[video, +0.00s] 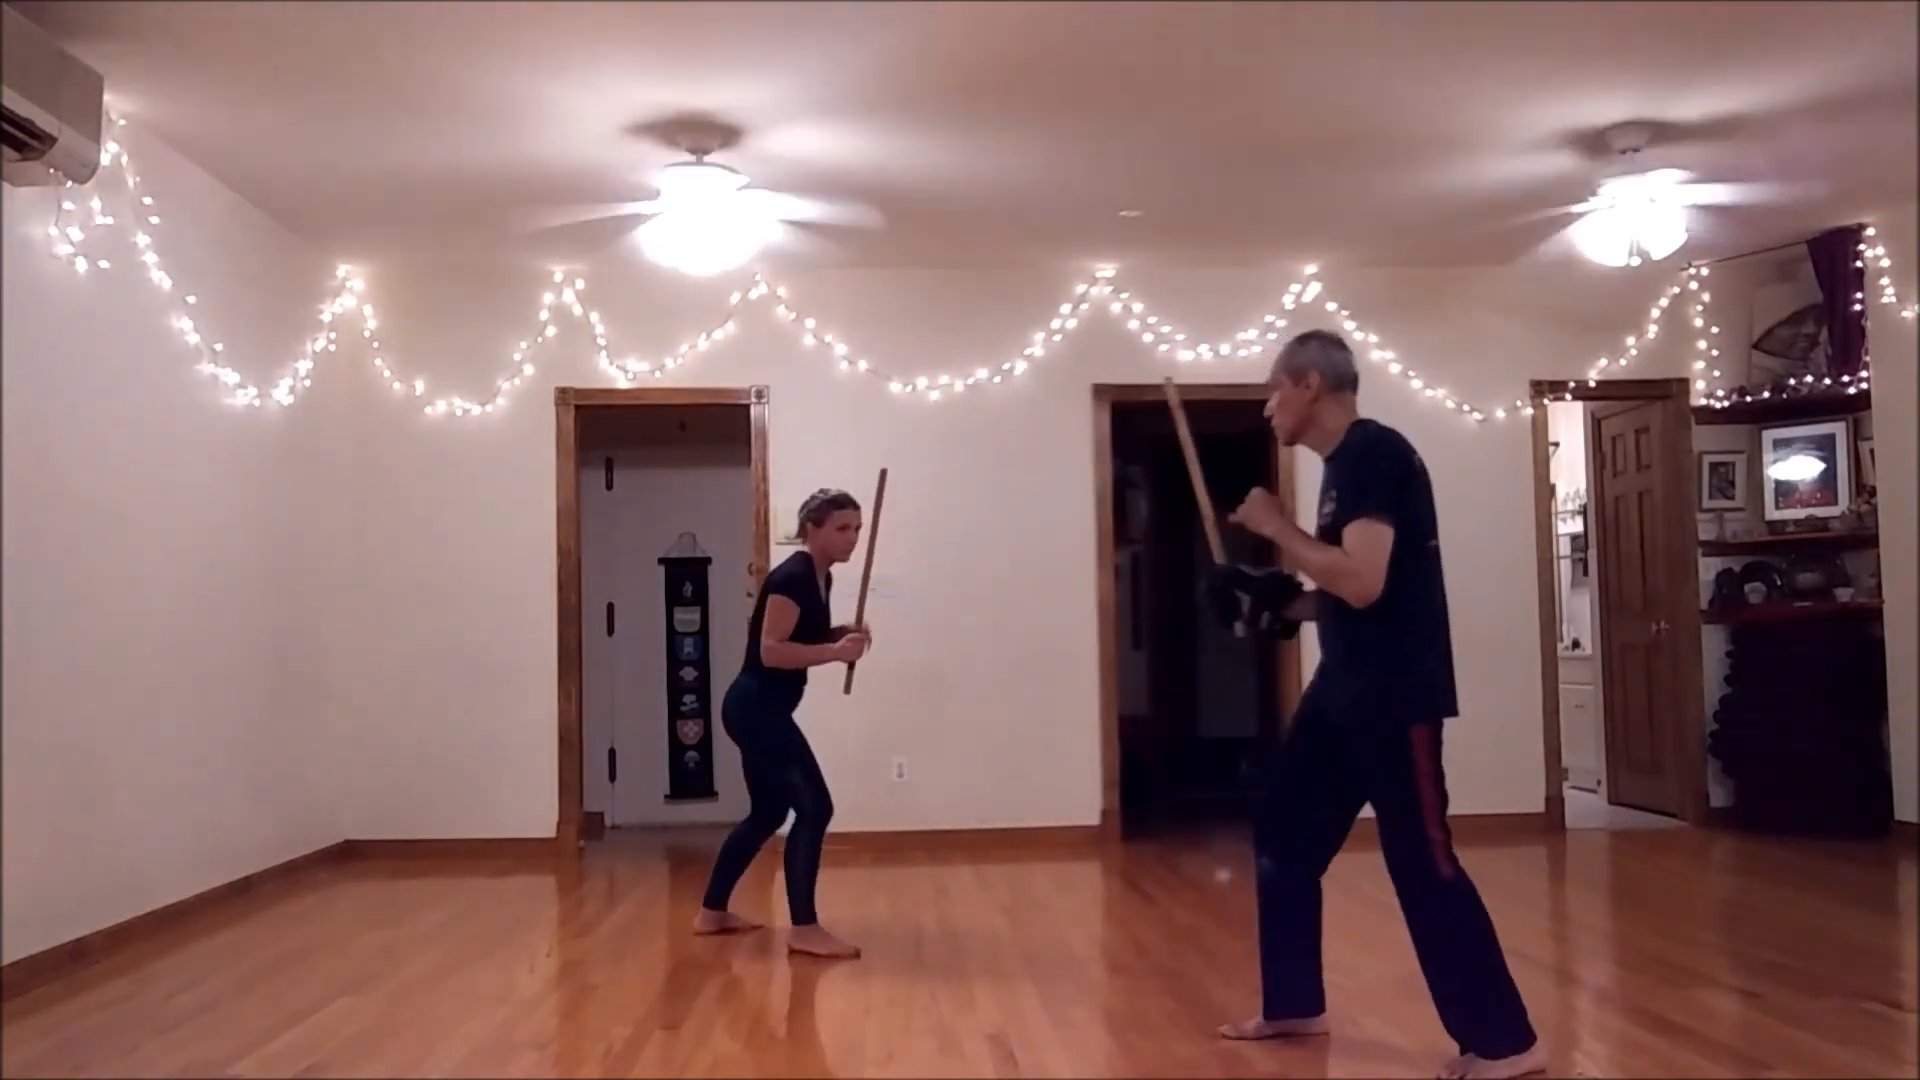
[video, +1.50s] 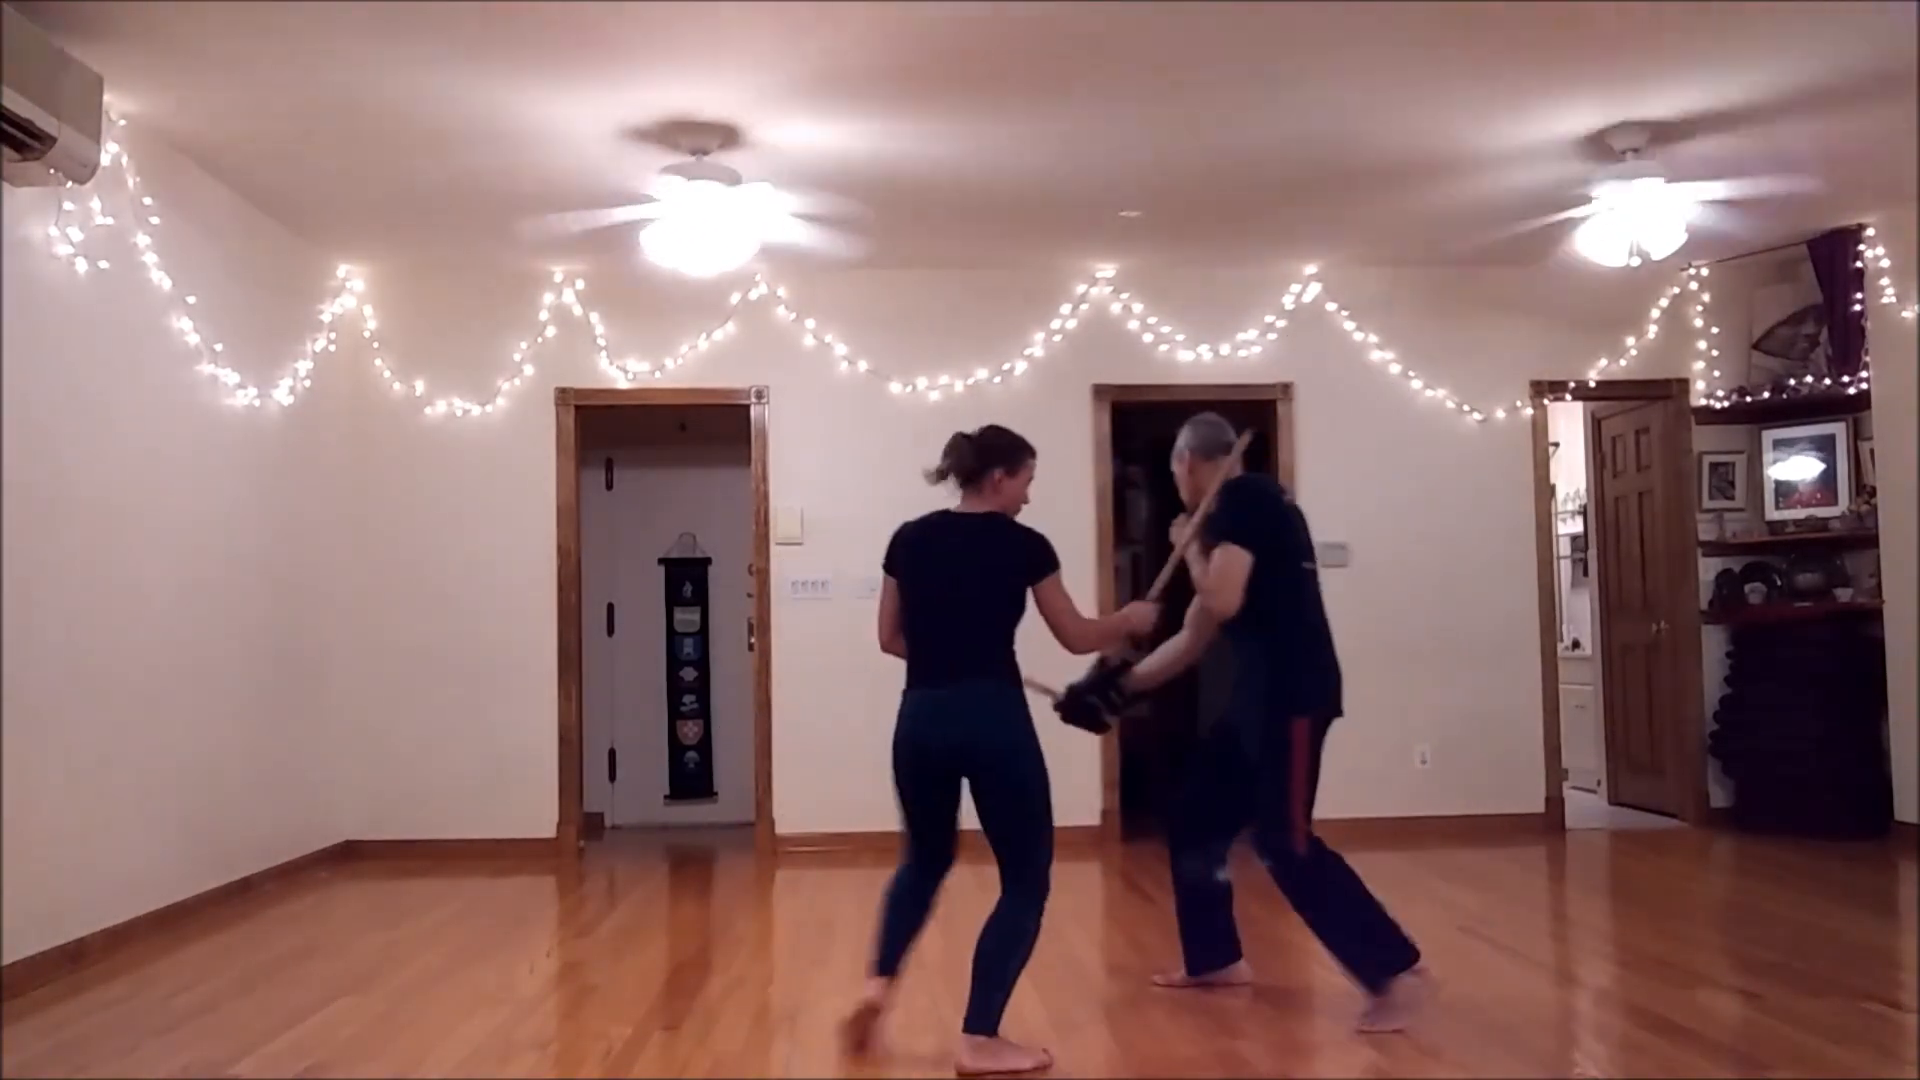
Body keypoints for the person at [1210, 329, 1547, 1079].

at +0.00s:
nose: (1270, 406)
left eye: (1276, 390)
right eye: (1270, 392)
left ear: (1314, 386)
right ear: (1320, 387)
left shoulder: (1375, 454)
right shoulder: (1341, 468)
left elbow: (1362, 578)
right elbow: (1358, 591)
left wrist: (1279, 529)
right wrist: (1284, 602)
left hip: (1397, 696)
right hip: (1346, 693)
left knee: (1424, 862)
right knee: (1286, 837)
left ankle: (1505, 1042)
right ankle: (1293, 1007)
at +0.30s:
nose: (1253, 419)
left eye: (1258, 403)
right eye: (1252, 404)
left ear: (1294, 394)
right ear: (1302, 395)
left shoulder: (1355, 456)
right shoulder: (1330, 470)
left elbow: (1341, 582)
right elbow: (1351, 592)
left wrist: (1263, 534)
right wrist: (1285, 609)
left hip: (1388, 696)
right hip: (1340, 694)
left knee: (1419, 862)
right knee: (1280, 842)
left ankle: (1504, 1041)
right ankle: (1290, 1007)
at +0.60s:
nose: (1254, 421)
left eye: (1260, 404)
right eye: (1253, 406)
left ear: (1297, 397)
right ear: (1304, 398)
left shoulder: (1353, 460)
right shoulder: (1326, 473)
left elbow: (1328, 584)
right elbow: (1333, 599)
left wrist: (1255, 533)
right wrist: (1261, 610)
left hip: (1388, 694)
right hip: (1341, 693)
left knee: (1414, 861)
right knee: (1279, 841)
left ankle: (1506, 1035)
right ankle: (1288, 1006)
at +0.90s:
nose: (1324, 435)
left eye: (1332, 420)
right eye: (1325, 421)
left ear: (1367, 421)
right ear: (1382, 422)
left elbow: (1351, 637)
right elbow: (1451, 589)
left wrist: (1305, 559)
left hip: (1384, 717)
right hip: (1363, 706)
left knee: (1420, 885)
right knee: (1249, 816)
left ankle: (1570, 1033)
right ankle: (1276, 987)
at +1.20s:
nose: (1277, 441)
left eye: (1282, 430)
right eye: (1282, 430)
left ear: (1299, 435)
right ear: (1335, 439)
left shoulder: (1326, 501)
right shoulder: (1325, 501)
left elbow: (1279, 607)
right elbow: (1251, 579)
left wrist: (1263, 532)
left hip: (1344, 713)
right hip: (1314, 709)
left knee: (1407, 865)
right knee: (1238, 814)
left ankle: (1547, 1014)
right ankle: (1220, 954)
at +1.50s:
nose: (1177, 483)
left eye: (1177, 471)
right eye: (1177, 472)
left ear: (1192, 464)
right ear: (1232, 456)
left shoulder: (1247, 498)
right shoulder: (1224, 519)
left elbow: (1226, 598)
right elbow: (1192, 634)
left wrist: (1191, 551)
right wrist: (1118, 683)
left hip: (1295, 698)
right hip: (1253, 699)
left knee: (1285, 839)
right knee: (1195, 821)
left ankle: (1395, 972)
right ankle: (1215, 961)